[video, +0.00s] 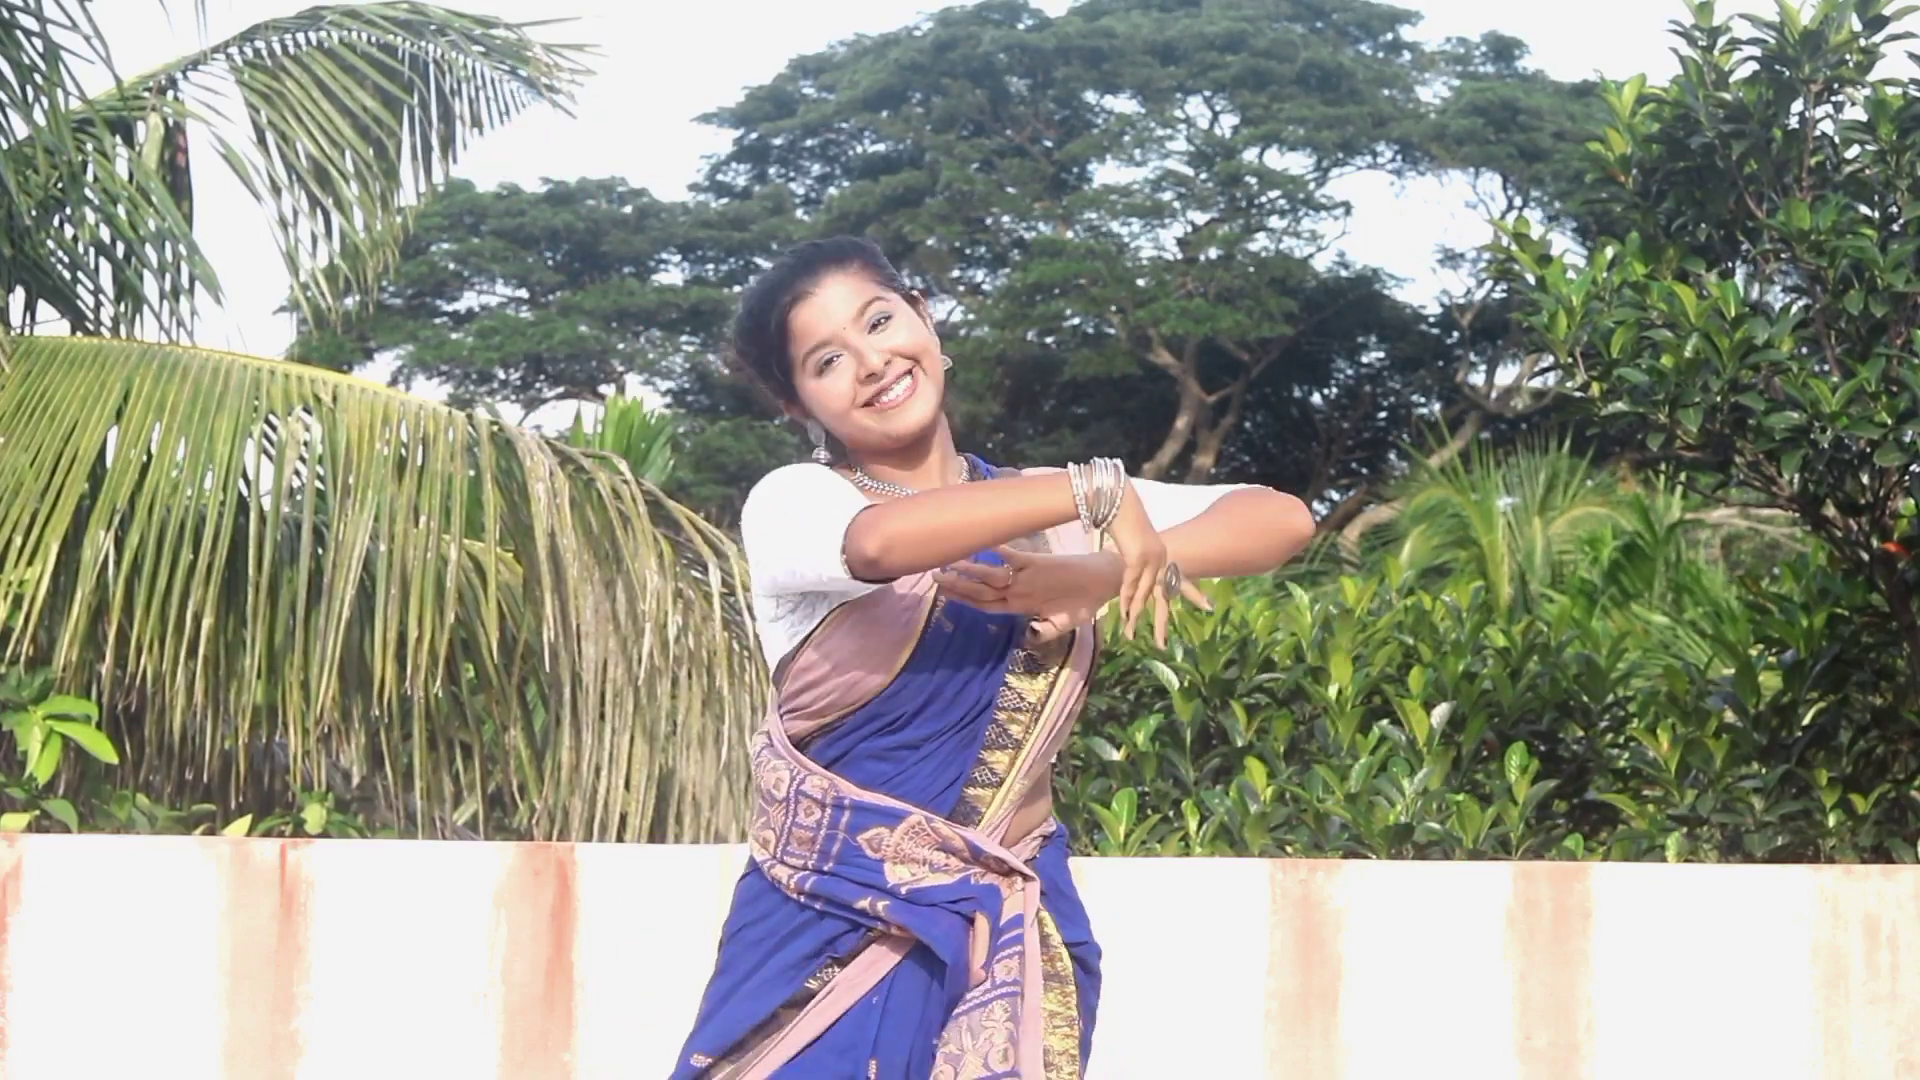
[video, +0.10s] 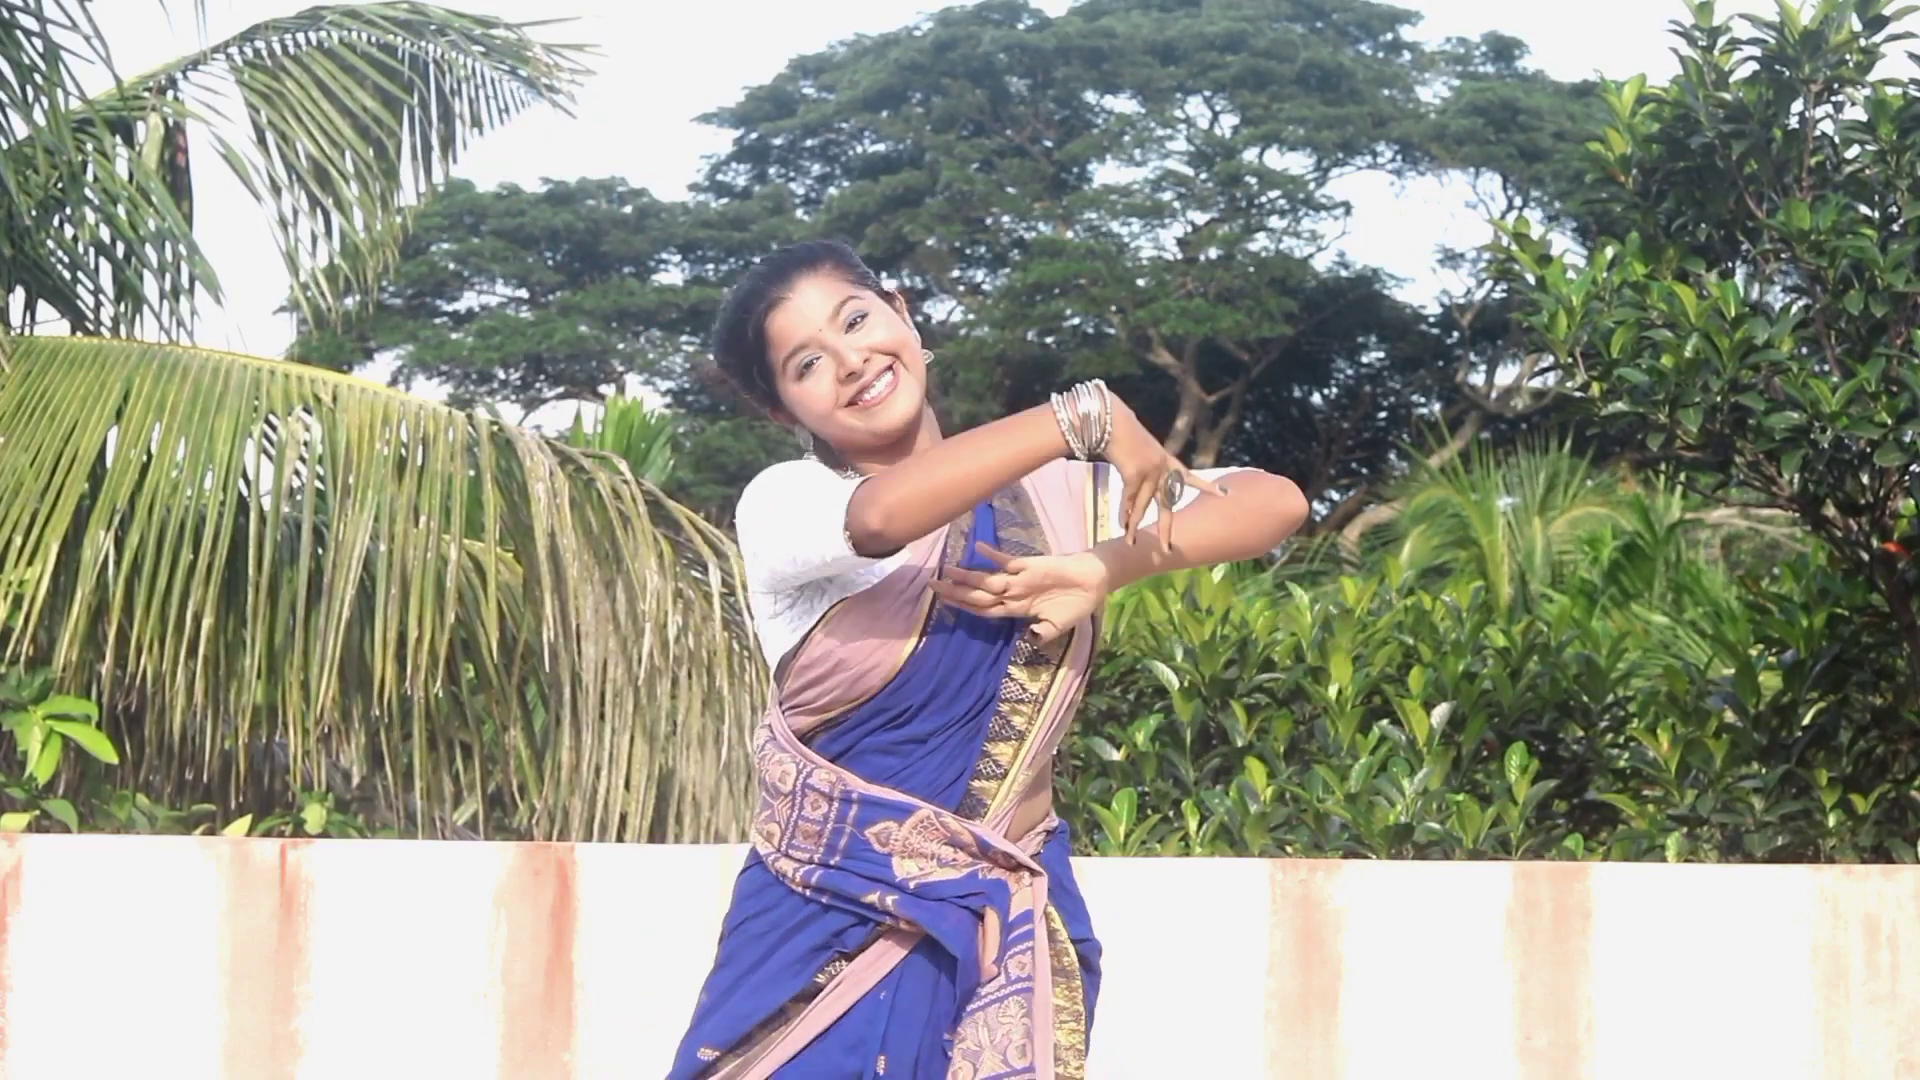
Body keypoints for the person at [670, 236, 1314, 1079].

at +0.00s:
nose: (872, 359)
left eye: (880, 319)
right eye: (827, 360)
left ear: (928, 325)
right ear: (805, 411)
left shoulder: (1044, 497)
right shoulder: (793, 501)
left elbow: (1288, 521)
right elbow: (877, 543)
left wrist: (1100, 573)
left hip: (1012, 940)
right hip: (823, 929)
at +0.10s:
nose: (850, 359)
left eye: (856, 318)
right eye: (806, 364)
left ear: (906, 321)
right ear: (791, 417)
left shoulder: (1052, 487)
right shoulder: (782, 502)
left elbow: (1280, 501)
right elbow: (880, 514)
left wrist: (1105, 566)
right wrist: (1080, 414)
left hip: (1008, 917)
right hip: (817, 912)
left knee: (1012, 1063)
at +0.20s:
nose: (820, 353)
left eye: (825, 312)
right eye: (778, 362)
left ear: (878, 309)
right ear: (764, 421)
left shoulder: (1025, 481)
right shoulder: (767, 504)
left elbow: (1264, 467)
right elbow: (862, 456)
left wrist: (1101, 553)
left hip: (1006, 928)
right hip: (812, 923)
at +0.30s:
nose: (807, 349)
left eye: (815, 309)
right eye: (769, 356)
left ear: (867, 308)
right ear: (753, 413)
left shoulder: (1025, 476)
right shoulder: (765, 497)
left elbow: (1256, 452)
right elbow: (841, 429)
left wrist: (1097, 547)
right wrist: (903, 215)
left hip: (1001, 949)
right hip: (801, 934)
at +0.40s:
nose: (801, 332)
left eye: (816, 295)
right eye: (771, 326)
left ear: (879, 308)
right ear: (759, 379)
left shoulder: (1026, 463)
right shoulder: (767, 496)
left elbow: (1249, 431)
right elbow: (758, 390)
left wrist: (1084, 531)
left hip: (987, 937)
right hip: (782, 928)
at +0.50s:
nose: (803, 323)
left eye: (816, 284)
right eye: (766, 326)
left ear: (882, 292)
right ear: (751, 376)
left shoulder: (1024, 461)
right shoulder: (764, 487)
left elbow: (1242, 426)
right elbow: (718, 375)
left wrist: (1067, 529)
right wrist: (632, 157)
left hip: (972, 930)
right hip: (769, 917)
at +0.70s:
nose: (802, 299)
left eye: (828, 262)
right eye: (770, 294)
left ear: (901, 272)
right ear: (759, 343)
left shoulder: (1004, 449)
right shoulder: (742, 466)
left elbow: (1177, 421)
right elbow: (606, 353)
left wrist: (966, 530)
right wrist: (506, 167)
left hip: (912, 877)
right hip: (720, 869)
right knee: (606, 1069)